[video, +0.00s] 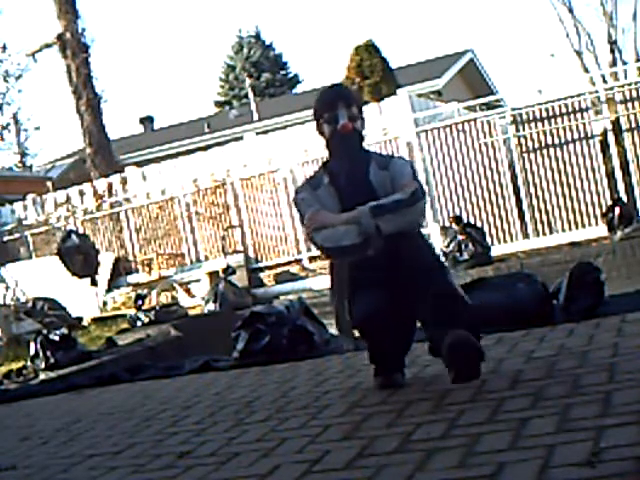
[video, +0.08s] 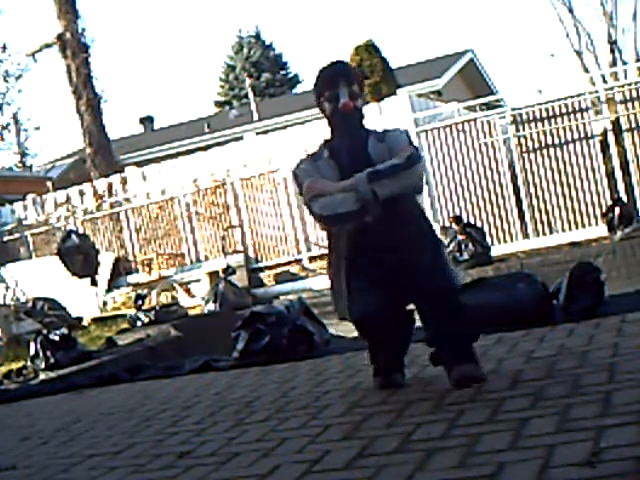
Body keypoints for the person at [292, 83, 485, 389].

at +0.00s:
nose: (344, 127)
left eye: (351, 118)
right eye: (333, 121)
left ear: (362, 121)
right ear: (320, 129)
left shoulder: (395, 167)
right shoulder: (310, 192)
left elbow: (414, 211)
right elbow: (328, 242)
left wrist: (341, 220)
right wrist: (388, 218)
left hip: (411, 263)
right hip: (363, 281)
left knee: (411, 246)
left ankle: (459, 350)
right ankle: (388, 366)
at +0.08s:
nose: (345, 105)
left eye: (351, 95)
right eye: (333, 99)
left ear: (362, 96)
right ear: (321, 107)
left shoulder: (394, 140)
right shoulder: (311, 167)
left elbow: (413, 179)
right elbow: (324, 210)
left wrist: (341, 187)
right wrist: (387, 179)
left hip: (418, 255)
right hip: (362, 271)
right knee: (379, 316)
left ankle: (462, 362)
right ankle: (388, 368)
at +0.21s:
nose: (350, 91)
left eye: (357, 81)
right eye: (339, 84)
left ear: (368, 82)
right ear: (327, 93)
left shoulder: (399, 124)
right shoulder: (319, 153)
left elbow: (417, 155)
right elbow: (325, 193)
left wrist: (345, 170)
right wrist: (384, 161)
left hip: (419, 245)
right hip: (361, 260)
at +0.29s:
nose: (354, 97)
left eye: (360, 86)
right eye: (342, 91)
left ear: (372, 87)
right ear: (331, 99)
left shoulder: (407, 131)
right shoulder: (326, 159)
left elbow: (421, 165)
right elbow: (330, 201)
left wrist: (345, 177)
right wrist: (388, 179)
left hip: (418, 244)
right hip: (364, 256)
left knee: (420, 292)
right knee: (371, 296)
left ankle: (436, 362)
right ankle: (383, 368)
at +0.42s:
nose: (369, 124)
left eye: (376, 112)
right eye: (357, 118)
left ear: (388, 113)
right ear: (348, 126)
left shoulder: (426, 158)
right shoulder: (341, 184)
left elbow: (433, 194)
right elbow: (344, 231)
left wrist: (360, 205)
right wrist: (402, 210)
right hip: (384, 286)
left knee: (407, 248)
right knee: (363, 260)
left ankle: (434, 360)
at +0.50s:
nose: (364, 110)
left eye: (370, 99)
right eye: (352, 103)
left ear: (383, 99)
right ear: (341, 110)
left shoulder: (421, 143)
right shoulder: (337, 171)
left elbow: (435, 188)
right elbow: (340, 210)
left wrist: (359, 188)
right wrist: (404, 194)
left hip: (428, 264)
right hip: (370, 275)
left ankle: (436, 360)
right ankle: (377, 368)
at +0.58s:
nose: (357, 98)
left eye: (363, 87)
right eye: (345, 92)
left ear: (375, 86)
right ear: (335, 101)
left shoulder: (416, 131)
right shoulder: (333, 157)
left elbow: (433, 169)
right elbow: (335, 198)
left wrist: (361, 175)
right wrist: (397, 180)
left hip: (420, 239)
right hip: (366, 250)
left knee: (435, 292)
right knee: (376, 299)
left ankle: (438, 360)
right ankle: (376, 361)